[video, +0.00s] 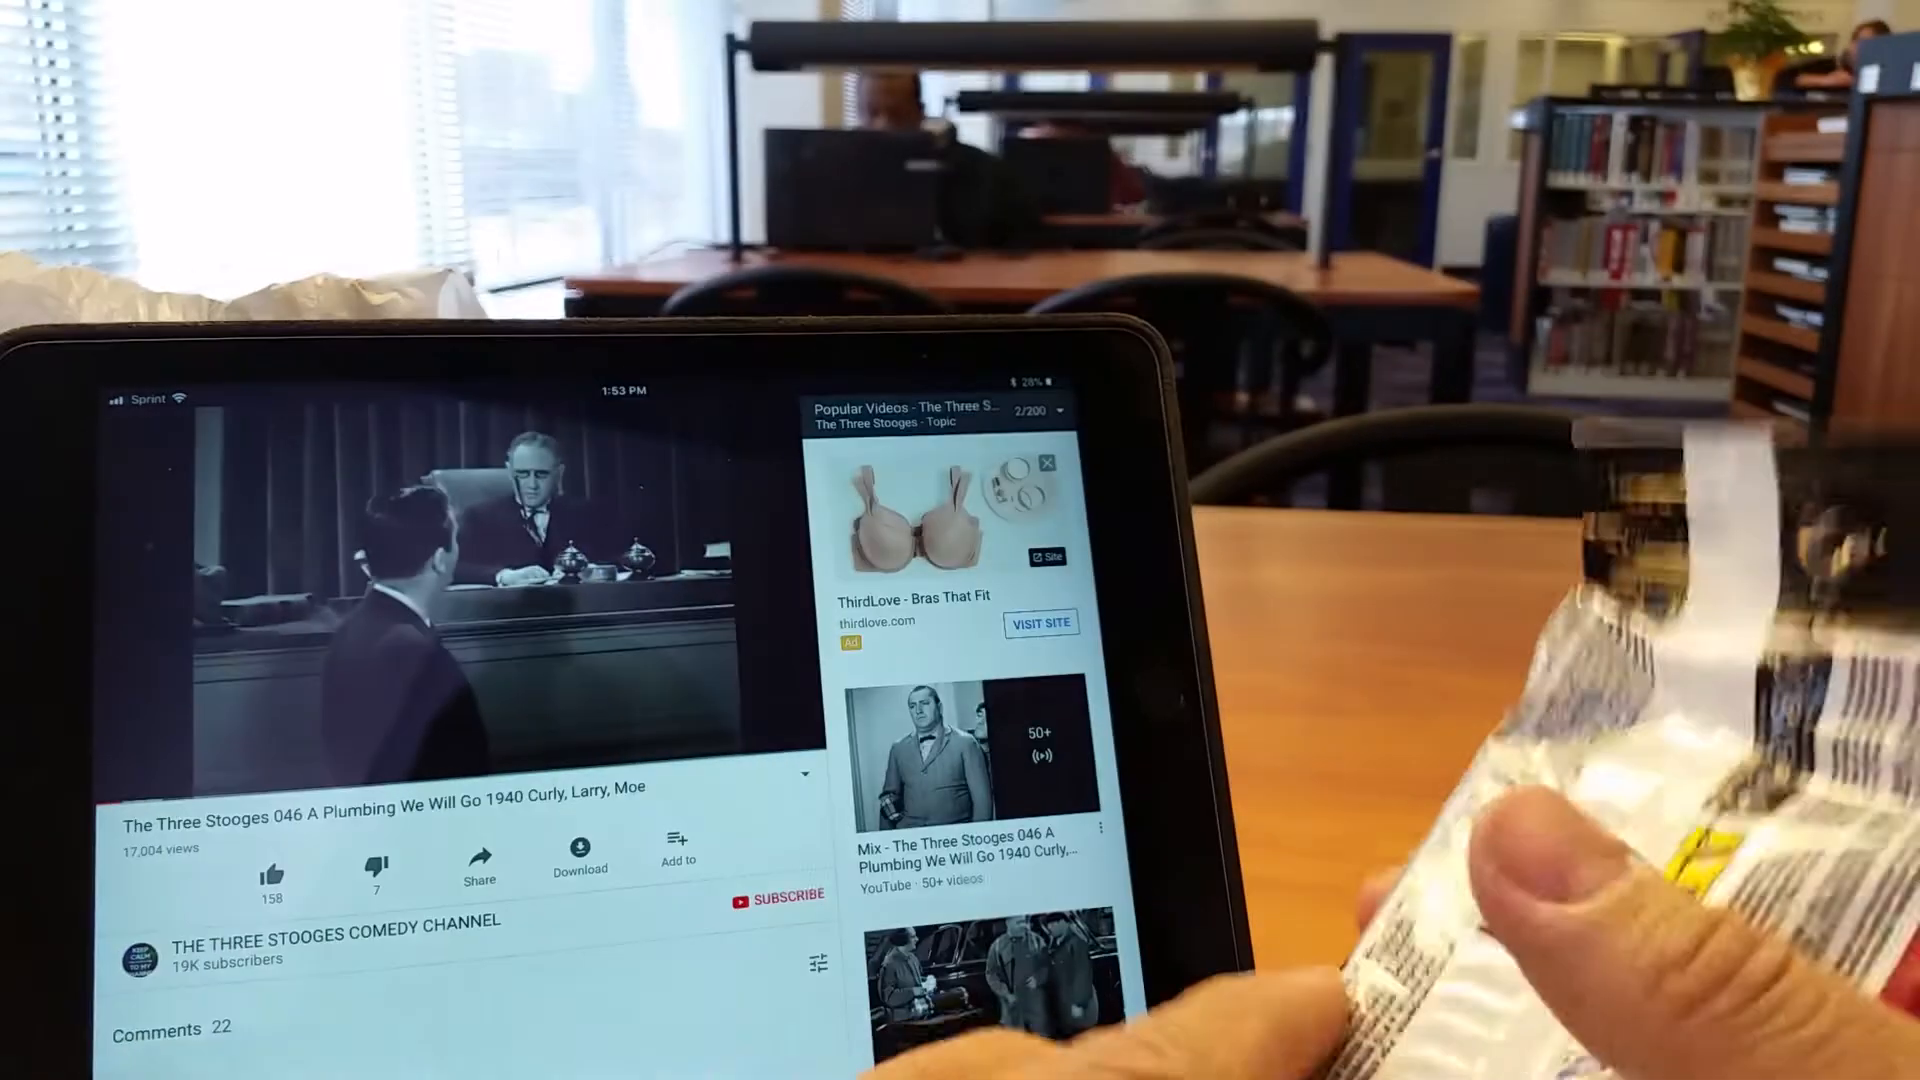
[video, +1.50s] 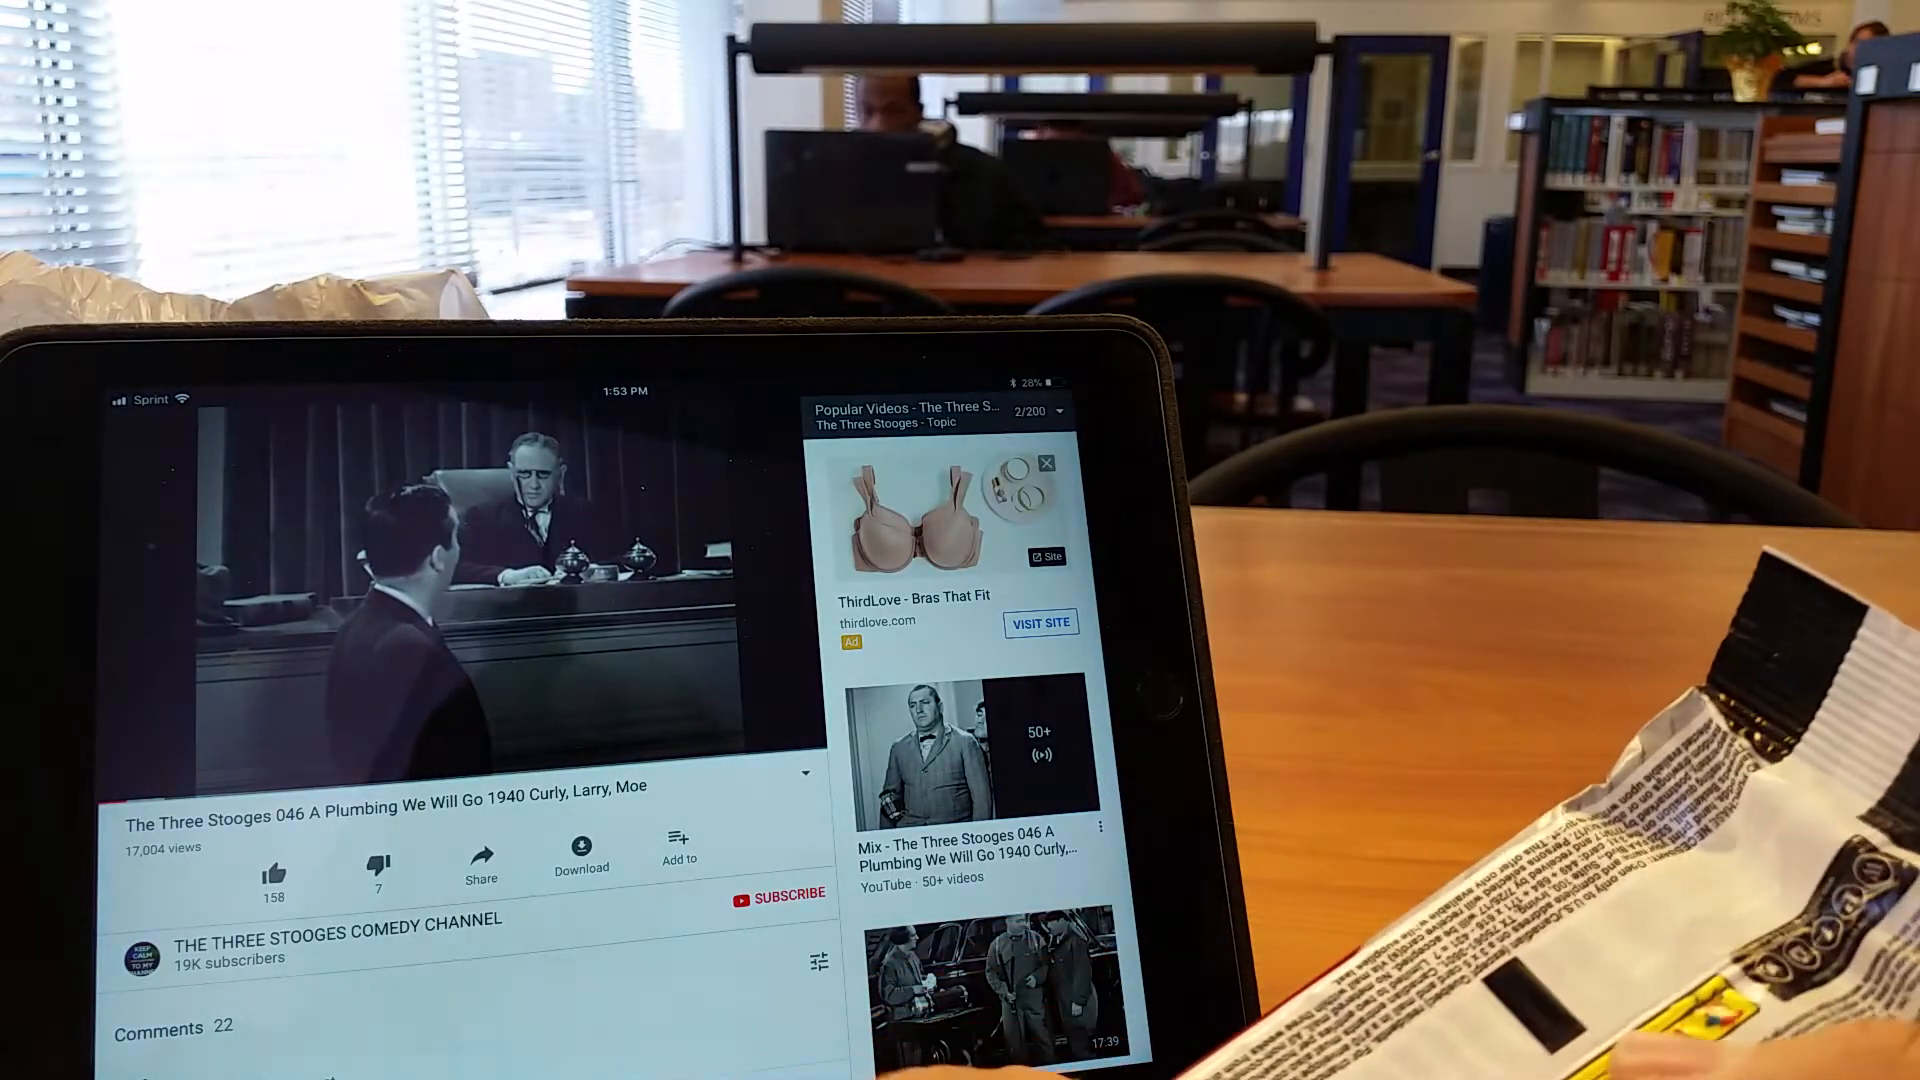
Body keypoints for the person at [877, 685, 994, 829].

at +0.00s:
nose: (918, 710)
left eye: (925, 703)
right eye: (913, 706)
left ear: (939, 707)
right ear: (909, 711)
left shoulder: (964, 743)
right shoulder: (899, 749)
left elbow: (982, 799)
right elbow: (890, 793)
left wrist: (978, 838)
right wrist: (888, 802)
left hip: (955, 834)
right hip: (909, 838)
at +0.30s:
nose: (919, 710)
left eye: (925, 703)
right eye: (913, 705)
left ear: (939, 706)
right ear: (909, 711)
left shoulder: (964, 742)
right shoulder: (899, 749)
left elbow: (981, 795)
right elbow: (891, 794)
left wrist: (978, 834)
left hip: (955, 831)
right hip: (910, 835)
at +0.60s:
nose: (919, 709)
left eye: (925, 703)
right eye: (913, 705)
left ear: (939, 706)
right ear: (909, 711)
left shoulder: (964, 742)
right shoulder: (899, 749)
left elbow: (981, 795)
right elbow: (891, 794)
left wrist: (979, 834)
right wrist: (886, 840)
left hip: (956, 831)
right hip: (910, 836)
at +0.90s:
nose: (919, 710)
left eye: (925, 703)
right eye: (913, 705)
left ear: (939, 706)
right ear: (909, 711)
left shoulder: (964, 742)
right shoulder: (899, 748)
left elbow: (981, 795)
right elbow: (891, 794)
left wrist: (979, 834)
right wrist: (886, 839)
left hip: (956, 831)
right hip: (910, 835)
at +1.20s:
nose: (919, 710)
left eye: (925, 703)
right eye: (913, 705)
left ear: (939, 706)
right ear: (909, 711)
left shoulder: (964, 742)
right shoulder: (899, 748)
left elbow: (981, 795)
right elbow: (890, 796)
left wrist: (979, 835)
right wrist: (886, 840)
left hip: (956, 832)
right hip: (910, 836)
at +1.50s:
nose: (919, 709)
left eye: (925, 703)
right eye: (913, 705)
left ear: (939, 706)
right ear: (909, 711)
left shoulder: (964, 742)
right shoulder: (899, 749)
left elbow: (981, 795)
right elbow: (891, 795)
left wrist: (979, 835)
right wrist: (886, 840)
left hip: (956, 831)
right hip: (910, 836)